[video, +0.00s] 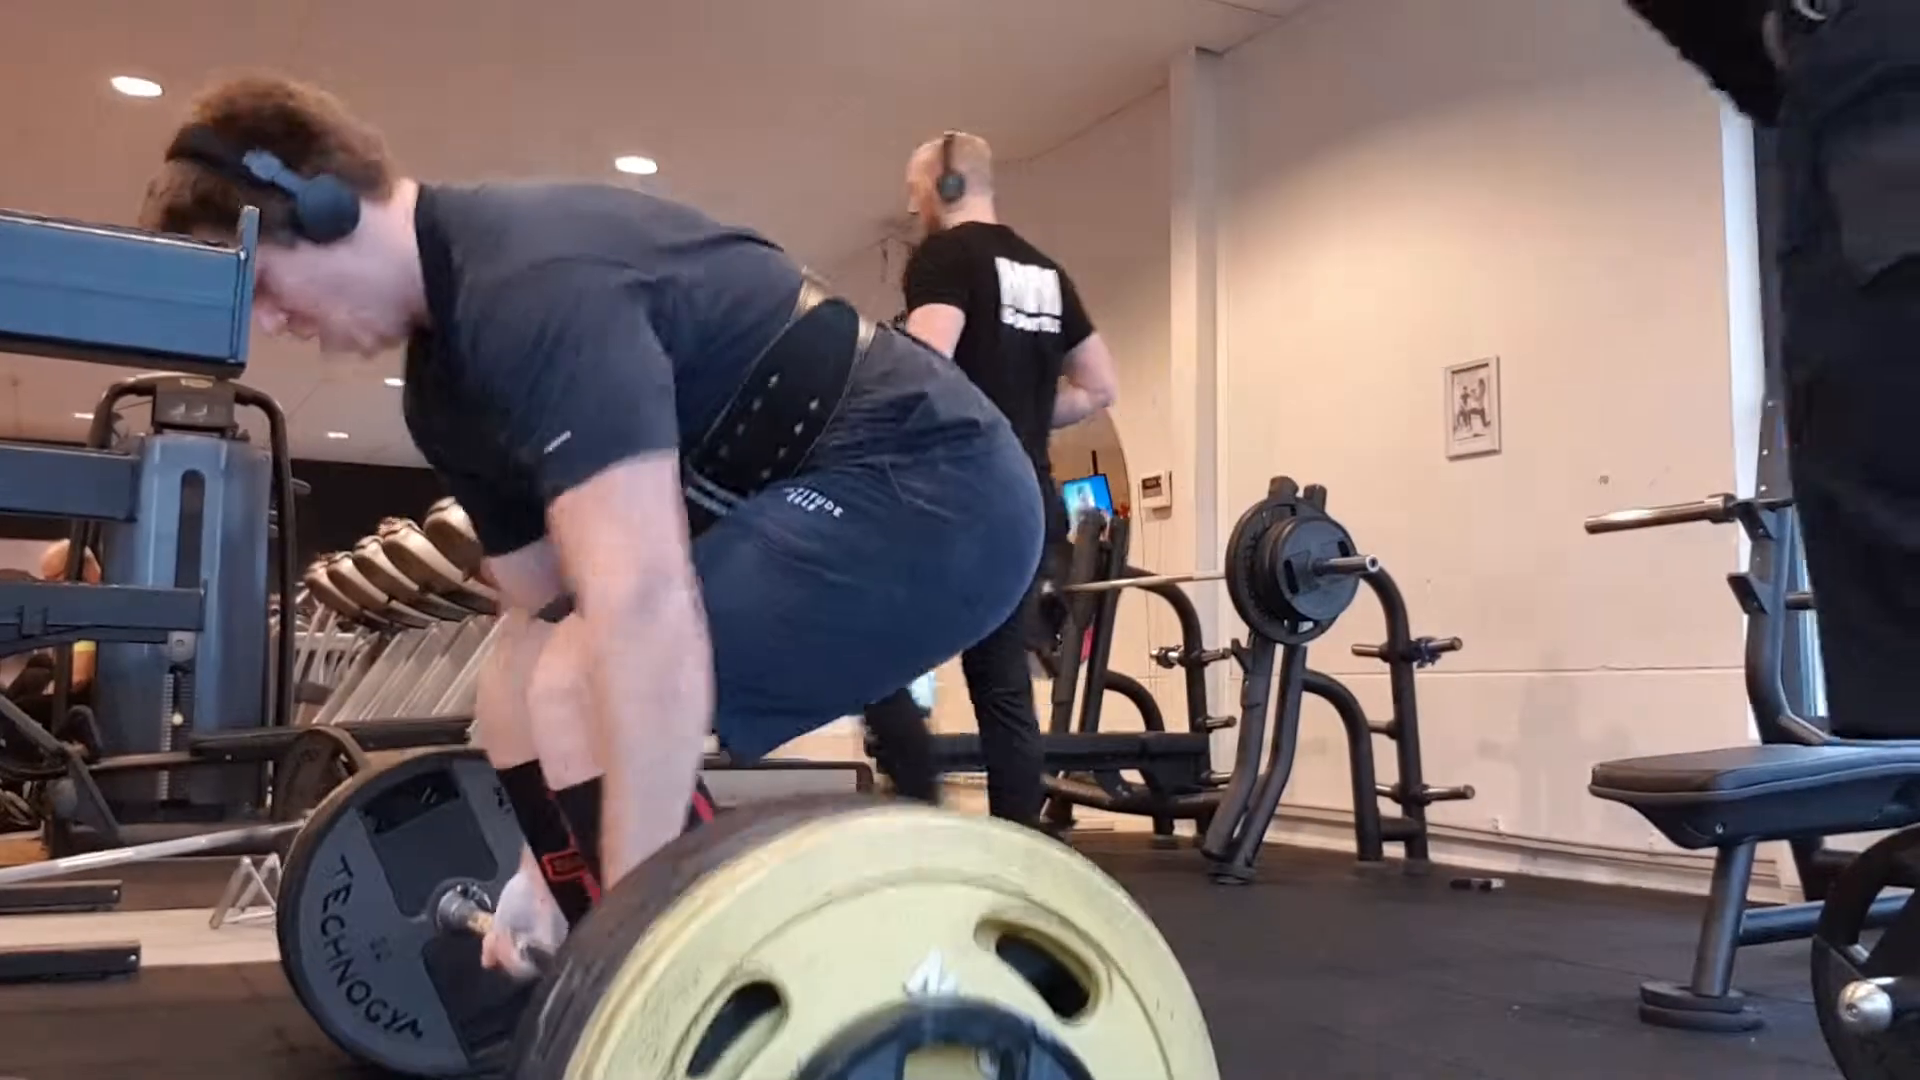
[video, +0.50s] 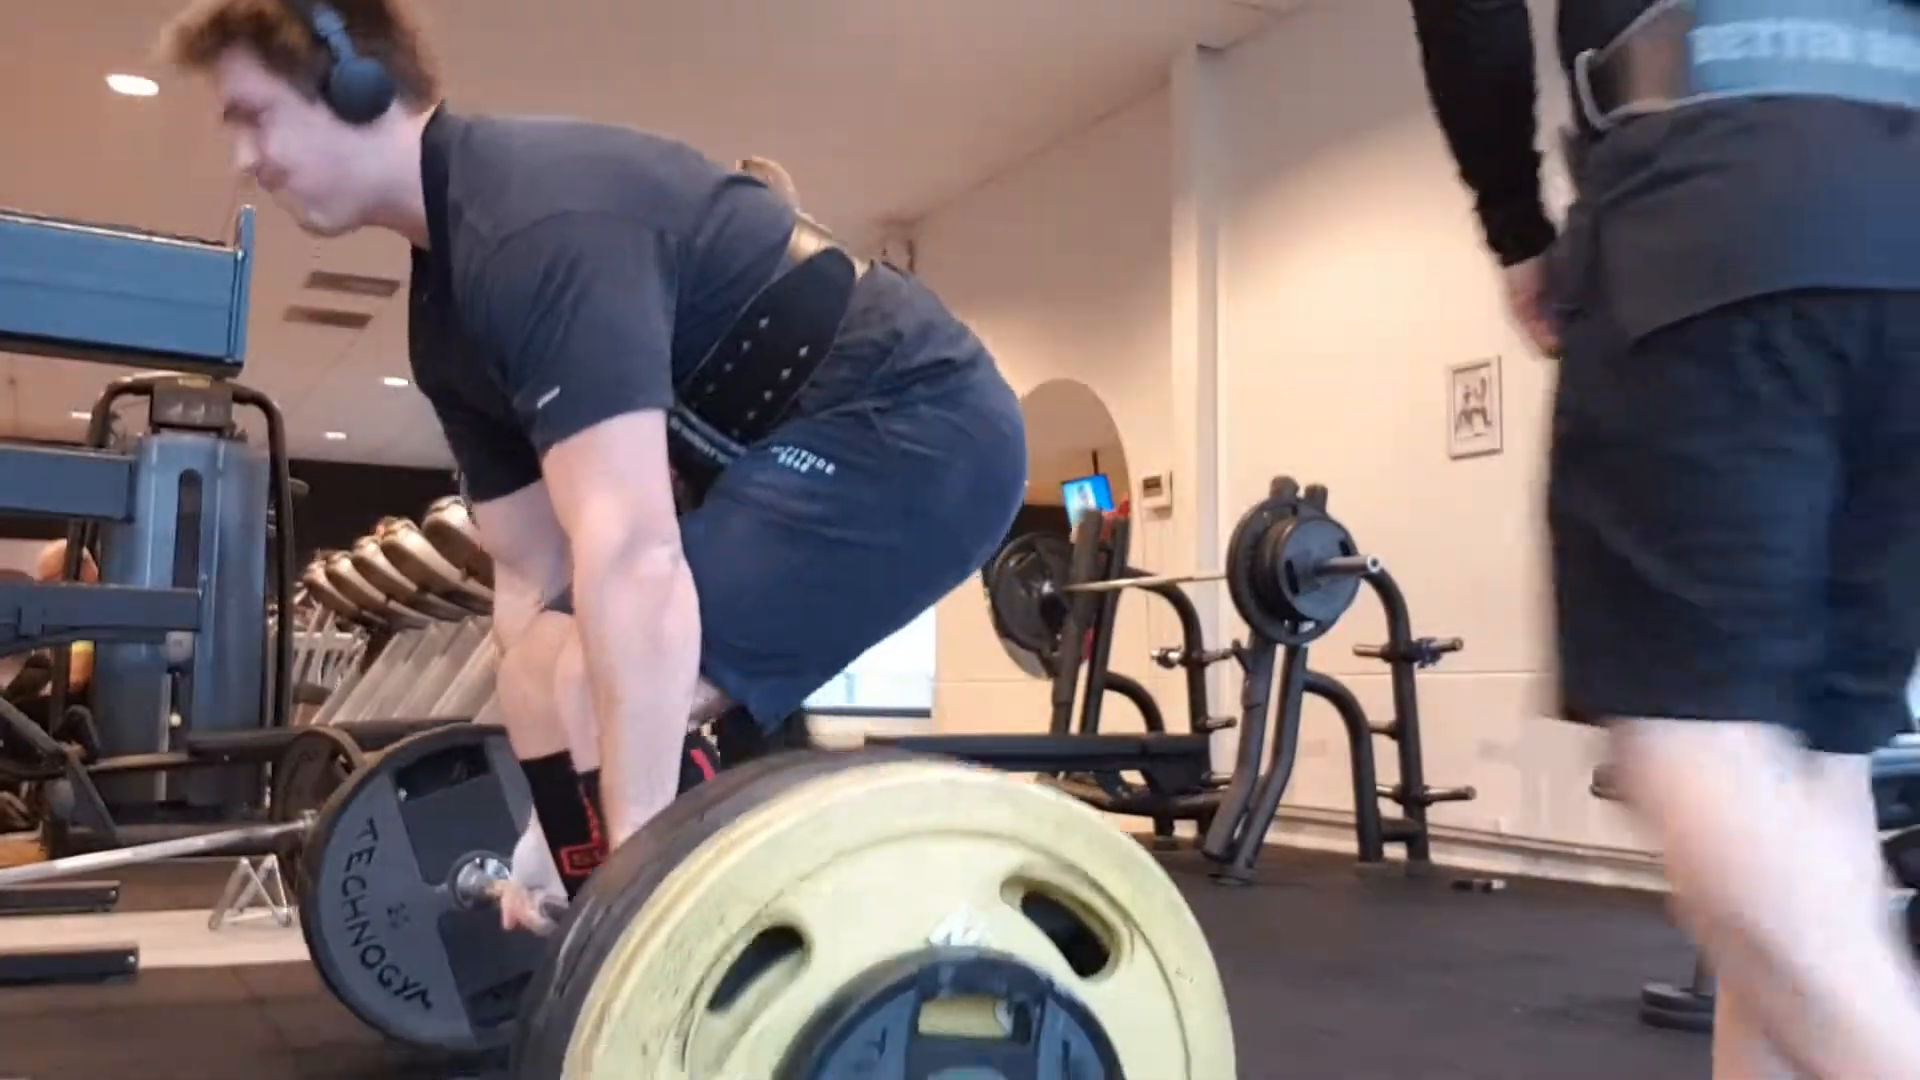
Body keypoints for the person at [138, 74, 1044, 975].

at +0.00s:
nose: (280, 324)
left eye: (262, 285)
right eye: (255, 306)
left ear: (303, 211)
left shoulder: (541, 288)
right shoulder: (444, 380)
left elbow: (643, 602)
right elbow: (539, 617)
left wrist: (639, 926)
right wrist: (538, 876)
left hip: (920, 485)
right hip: (804, 505)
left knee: (586, 689)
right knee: (516, 685)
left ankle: (686, 993)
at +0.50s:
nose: (243, 164)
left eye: (253, 119)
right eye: (232, 131)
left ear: (352, 79)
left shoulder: (544, 221)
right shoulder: (445, 313)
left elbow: (636, 559)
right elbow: (528, 578)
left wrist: (638, 868)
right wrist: (551, 849)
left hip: (908, 417)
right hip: (811, 446)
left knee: (601, 683)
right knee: (537, 668)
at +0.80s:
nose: (326, 9)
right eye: (333, 4)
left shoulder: (597, 100)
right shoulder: (496, 206)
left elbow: (660, 434)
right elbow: (558, 474)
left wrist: (643, 729)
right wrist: (564, 729)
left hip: (927, 371)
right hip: (808, 399)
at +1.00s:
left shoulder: (615, 14)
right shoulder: (508, 114)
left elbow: (676, 307)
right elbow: (573, 376)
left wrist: (676, 595)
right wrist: (586, 626)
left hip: (912, 314)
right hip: (778, 349)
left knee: (756, 674)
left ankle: (701, 1035)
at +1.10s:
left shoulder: (643, 5)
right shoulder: (509, 49)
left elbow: (688, 235)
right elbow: (579, 307)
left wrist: (686, 529)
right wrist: (602, 549)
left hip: (905, 308)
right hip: (769, 330)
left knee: (770, 712)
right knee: (713, 700)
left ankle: (710, 1053)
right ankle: (687, 1045)